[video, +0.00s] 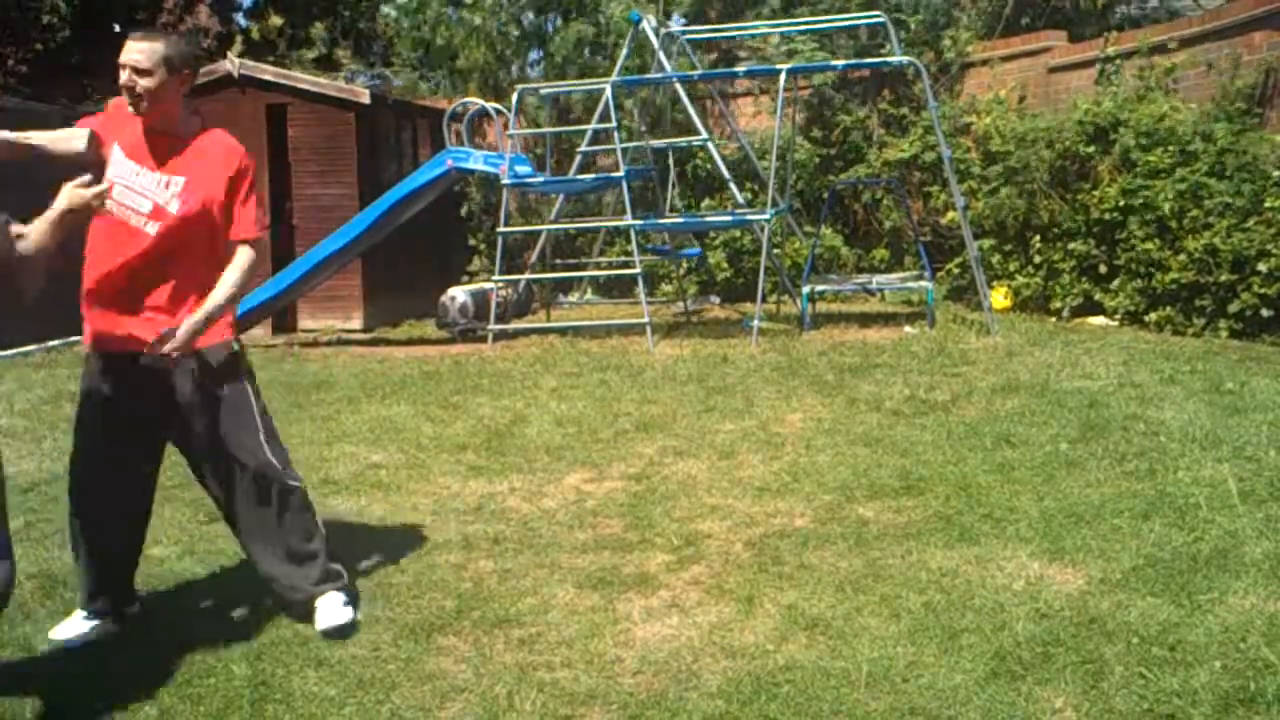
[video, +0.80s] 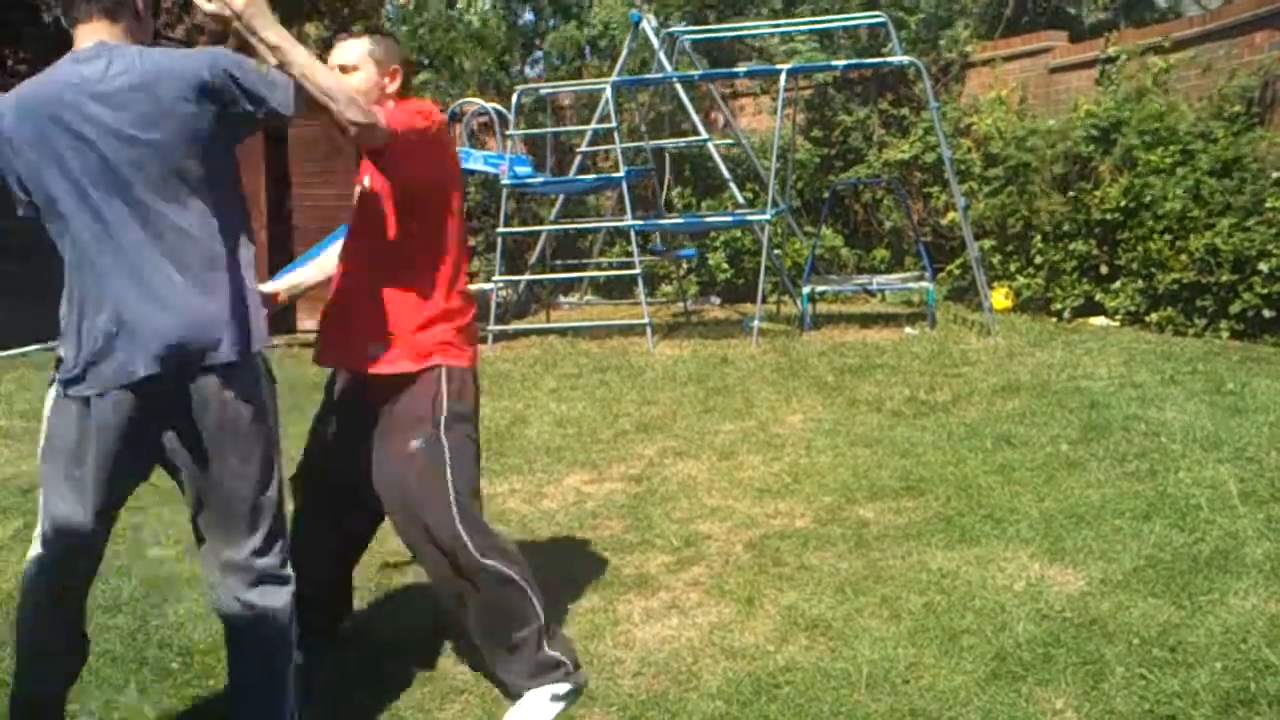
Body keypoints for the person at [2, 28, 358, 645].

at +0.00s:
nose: (126, 81)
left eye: (140, 72)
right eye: (122, 69)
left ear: (181, 81)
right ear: (120, 73)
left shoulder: (225, 157)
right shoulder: (115, 122)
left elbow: (249, 250)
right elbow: (62, 142)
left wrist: (196, 320)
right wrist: (8, 138)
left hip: (200, 350)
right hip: (116, 352)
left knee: (258, 471)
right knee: (101, 486)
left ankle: (323, 586)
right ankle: (106, 604)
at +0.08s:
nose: (146, 92)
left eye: (161, 83)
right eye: (141, 78)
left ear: (202, 87)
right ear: (135, 70)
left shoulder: (245, 171)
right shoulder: (114, 117)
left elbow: (288, 249)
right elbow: (17, 108)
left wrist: (268, 332)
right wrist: (45, 119)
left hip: (206, 353)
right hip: (118, 352)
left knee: (266, 474)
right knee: (104, 484)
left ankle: (330, 589)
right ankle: (106, 602)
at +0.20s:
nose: (186, 111)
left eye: (202, 102)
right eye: (180, 97)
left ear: (236, 109)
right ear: (171, 94)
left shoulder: (268, 182)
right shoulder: (140, 134)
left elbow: (322, 244)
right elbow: (47, 113)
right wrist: (15, 70)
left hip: (230, 367)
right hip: (139, 364)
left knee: (287, 474)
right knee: (111, 497)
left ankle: (347, 605)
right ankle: (103, 606)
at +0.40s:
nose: (196, 50)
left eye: (210, 38)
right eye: (192, 39)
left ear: (254, 44)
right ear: (193, 46)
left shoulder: (310, 112)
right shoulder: (191, 107)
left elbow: (391, 172)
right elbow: (125, 160)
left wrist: (449, 221)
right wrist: (45, 148)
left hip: (292, 334)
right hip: (217, 329)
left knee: (316, 480)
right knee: (183, 472)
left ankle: (349, 604)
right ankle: (207, 589)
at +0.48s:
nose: (201, 41)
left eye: (214, 28)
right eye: (198, 29)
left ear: (258, 33)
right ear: (210, 39)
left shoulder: (310, 85)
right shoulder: (218, 104)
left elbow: (375, 117)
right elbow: (192, 188)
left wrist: (406, 131)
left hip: (319, 310)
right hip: (257, 313)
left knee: (320, 471)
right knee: (229, 463)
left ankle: (405, 582)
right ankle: (306, 593)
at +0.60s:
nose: (232, 67)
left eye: (243, 53)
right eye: (227, 55)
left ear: (278, 54)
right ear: (230, 61)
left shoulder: (318, 114)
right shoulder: (263, 129)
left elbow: (330, 93)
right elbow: (296, 225)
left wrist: (289, 44)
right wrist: (271, 264)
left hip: (343, 338)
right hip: (296, 341)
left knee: (354, 482)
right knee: (273, 482)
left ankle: (492, 608)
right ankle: (322, 613)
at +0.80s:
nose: (334, 83)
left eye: (347, 69)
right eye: (330, 73)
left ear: (393, 74)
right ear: (351, 83)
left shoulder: (423, 124)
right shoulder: (371, 147)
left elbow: (355, 117)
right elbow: (360, 252)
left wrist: (260, 25)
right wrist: (283, 289)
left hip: (427, 367)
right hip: (366, 372)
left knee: (438, 523)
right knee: (319, 526)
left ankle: (543, 672)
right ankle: (312, 652)